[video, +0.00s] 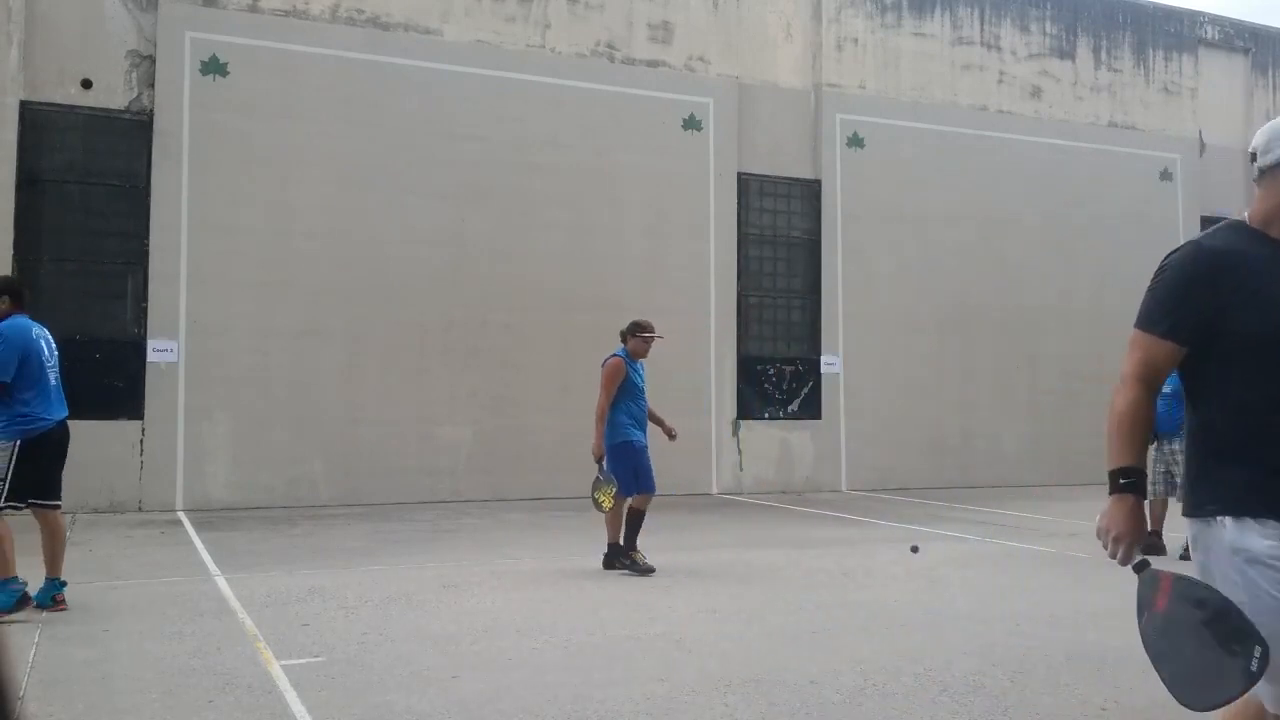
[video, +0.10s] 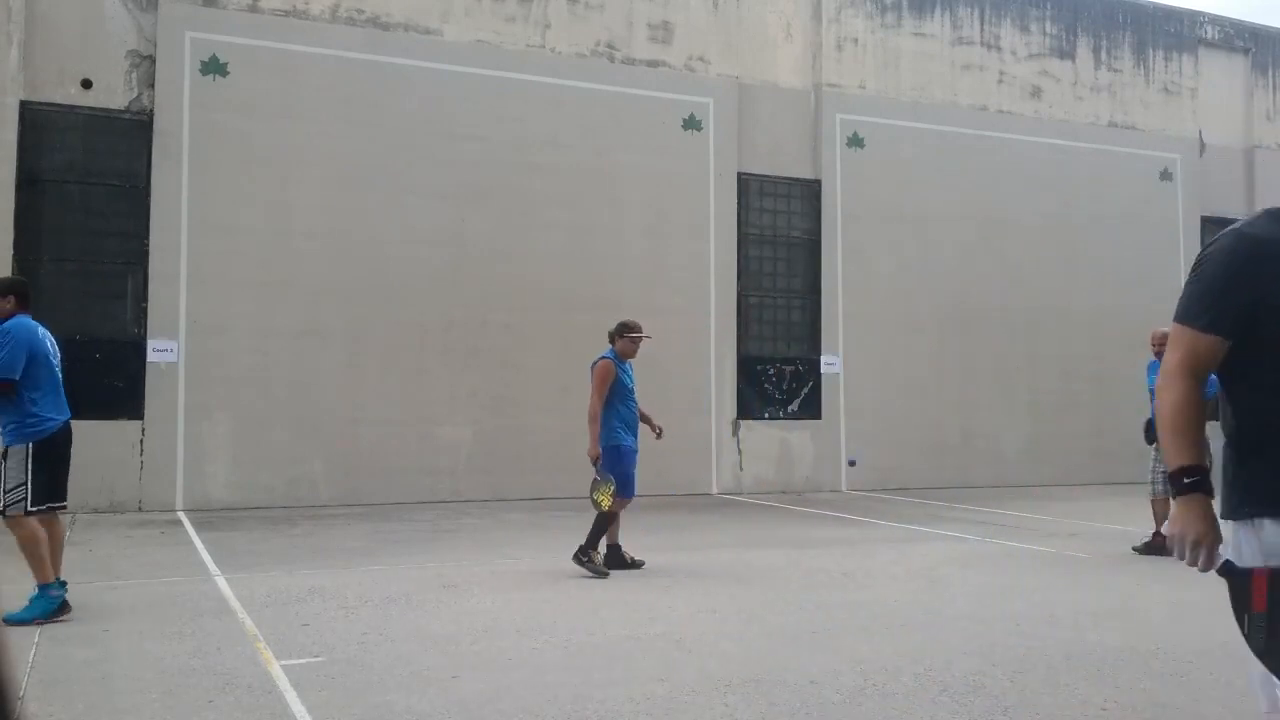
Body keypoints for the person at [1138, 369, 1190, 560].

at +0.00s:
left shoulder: (1183, 373)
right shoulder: (1154, 375)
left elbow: (1194, 403)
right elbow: (1151, 405)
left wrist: (1192, 432)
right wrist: (1149, 431)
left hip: (1182, 438)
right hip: (1159, 440)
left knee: (1188, 492)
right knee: (1157, 490)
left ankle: (1194, 539)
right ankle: (1155, 536)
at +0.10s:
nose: (1159, 350)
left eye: (1164, 345)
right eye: (1156, 345)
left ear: (1177, 345)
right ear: (1152, 347)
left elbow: (1210, 402)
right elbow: (1155, 401)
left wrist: (1189, 417)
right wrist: (1153, 425)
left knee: (1194, 486)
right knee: (1158, 486)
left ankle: (1195, 535)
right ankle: (1161, 534)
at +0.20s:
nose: (1155, 349)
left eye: (1160, 345)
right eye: (1151, 345)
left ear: (1172, 345)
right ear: (1149, 346)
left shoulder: (1189, 369)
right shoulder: (1151, 369)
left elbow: (1214, 395)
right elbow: (1156, 401)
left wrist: (1198, 419)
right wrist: (1150, 423)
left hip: (1185, 437)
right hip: (1160, 439)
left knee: (1191, 490)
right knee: (1160, 490)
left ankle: (1193, 542)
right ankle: (1168, 540)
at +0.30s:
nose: (1149, 348)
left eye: (1154, 344)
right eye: (1147, 344)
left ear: (1168, 345)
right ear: (1145, 347)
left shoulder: (1183, 367)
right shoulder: (1150, 369)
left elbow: (1210, 393)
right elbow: (1156, 400)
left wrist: (1191, 419)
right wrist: (1147, 423)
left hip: (1181, 436)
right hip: (1157, 438)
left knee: (1187, 489)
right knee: (1160, 490)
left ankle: (1192, 543)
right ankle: (1167, 540)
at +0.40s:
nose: (1145, 348)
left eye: (1150, 344)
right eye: (1142, 344)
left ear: (1164, 344)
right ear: (1141, 346)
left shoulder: (1178, 367)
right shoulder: (1148, 368)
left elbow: (1204, 393)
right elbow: (1154, 400)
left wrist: (1185, 419)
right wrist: (1144, 422)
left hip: (1177, 436)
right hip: (1155, 437)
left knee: (1182, 489)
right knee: (1160, 489)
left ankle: (1192, 542)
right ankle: (1168, 540)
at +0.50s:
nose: (1139, 349)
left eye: (1144, 345)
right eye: (1137, 345)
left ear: (1158, 345)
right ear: (1137, 347)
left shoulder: (1172, 367)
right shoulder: (1144, 369)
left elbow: (1198, 392)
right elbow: (1153, 400)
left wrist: (1181, 419)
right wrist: (1142, 423)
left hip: (1174, 436)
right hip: (1154, 437)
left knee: (1173, 490)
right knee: (1159, 489)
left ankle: (1190, 539)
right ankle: (1167, 539)